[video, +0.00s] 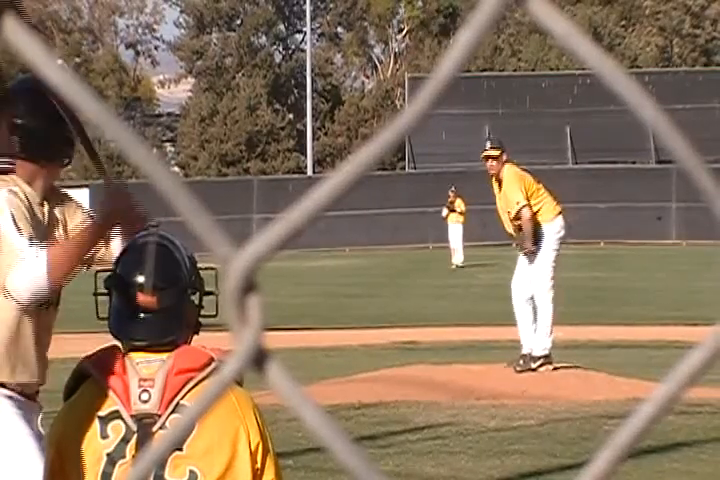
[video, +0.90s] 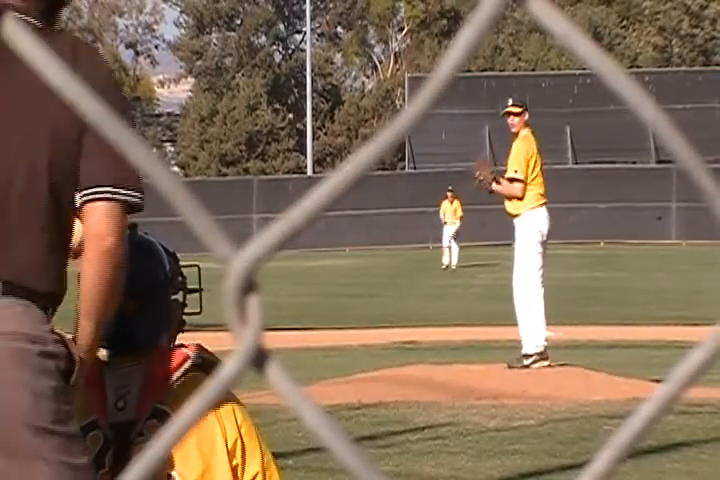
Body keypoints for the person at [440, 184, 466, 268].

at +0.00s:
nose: (452, 194)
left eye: (453, 192)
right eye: (451, 192)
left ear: (455, 193)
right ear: (449, 193)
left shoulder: (459, 201)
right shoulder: (449, 201)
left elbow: (463, 210)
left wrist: (454, 209)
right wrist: (445, 213)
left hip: (458, 222)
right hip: (451, 222)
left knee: (458, 241)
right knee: (452, 242)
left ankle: (459, 260)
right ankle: (454, 260)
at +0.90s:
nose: (450, 195)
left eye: (451, 193)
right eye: (448, 193)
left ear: (453, 194)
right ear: (447, 194)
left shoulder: (456, 202)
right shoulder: (444, 203)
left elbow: (459, 212)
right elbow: (441, 211)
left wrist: (458, 220)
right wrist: (442, 218)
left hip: (455, 222)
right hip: (447, 223)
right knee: (445, 243)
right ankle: (445, 261)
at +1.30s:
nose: (444, 195)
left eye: (445, 193)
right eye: (442, 193)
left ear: (447, 194)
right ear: (440, 194)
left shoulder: (451, 202)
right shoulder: (439, 203)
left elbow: (457, 214)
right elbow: (435, 214)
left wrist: (461, 224)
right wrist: (441, 205)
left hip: (451, 224)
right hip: (443, 224)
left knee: (453, 243)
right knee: (444, 244)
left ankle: (453, 261)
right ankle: (445, 262)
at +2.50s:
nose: (453, 196)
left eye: (454, 194)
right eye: (452, 194)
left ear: (456, 195)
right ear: (449, 194)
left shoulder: (459, 203)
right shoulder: (446, 203)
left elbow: (463, 214)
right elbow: (442, 214)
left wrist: (465, 226)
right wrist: (448, 212)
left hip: (457, 224)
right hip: (449, 224)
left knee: (457, 244)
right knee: (449, 244)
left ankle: (456, 263)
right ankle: (449, 261)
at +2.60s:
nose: (453, 195)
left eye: (454, 193)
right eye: (451, 193)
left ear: (456, 195)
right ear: (449, 194)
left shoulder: (459, 203)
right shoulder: (446, 203)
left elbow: (463, 214)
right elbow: (443, 212)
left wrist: (464, 224)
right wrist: (445, 219)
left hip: (456, 224)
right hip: (449, 224)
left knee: (456, 244)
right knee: (448, 244)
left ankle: (457, 262)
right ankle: (449, 262)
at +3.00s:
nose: (445, 196)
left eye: (447, 194)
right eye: (444, 194)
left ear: (449, 195)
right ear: (442, 195)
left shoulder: (454, 203)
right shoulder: (441, 205)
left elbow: (458, 215)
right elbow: (439, 218)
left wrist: (458, 225)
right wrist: (437, 229)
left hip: (453, 225)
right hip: (445, 225)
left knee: (453, 244)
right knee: (445, 245)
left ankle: (456, 262)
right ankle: (447, 263)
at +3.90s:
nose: (439, 195)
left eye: (441, 193)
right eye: (438, 193)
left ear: (443, 194)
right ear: (435, 194)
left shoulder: (446, 203)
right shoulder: (434, 204)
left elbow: (450, 217)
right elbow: (432, 216)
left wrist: (446, 229)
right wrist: (428, 228)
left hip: (444, 225)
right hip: (437, 225)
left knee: (444, 246)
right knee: (433, 244)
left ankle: (444, 265)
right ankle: (437, 260)